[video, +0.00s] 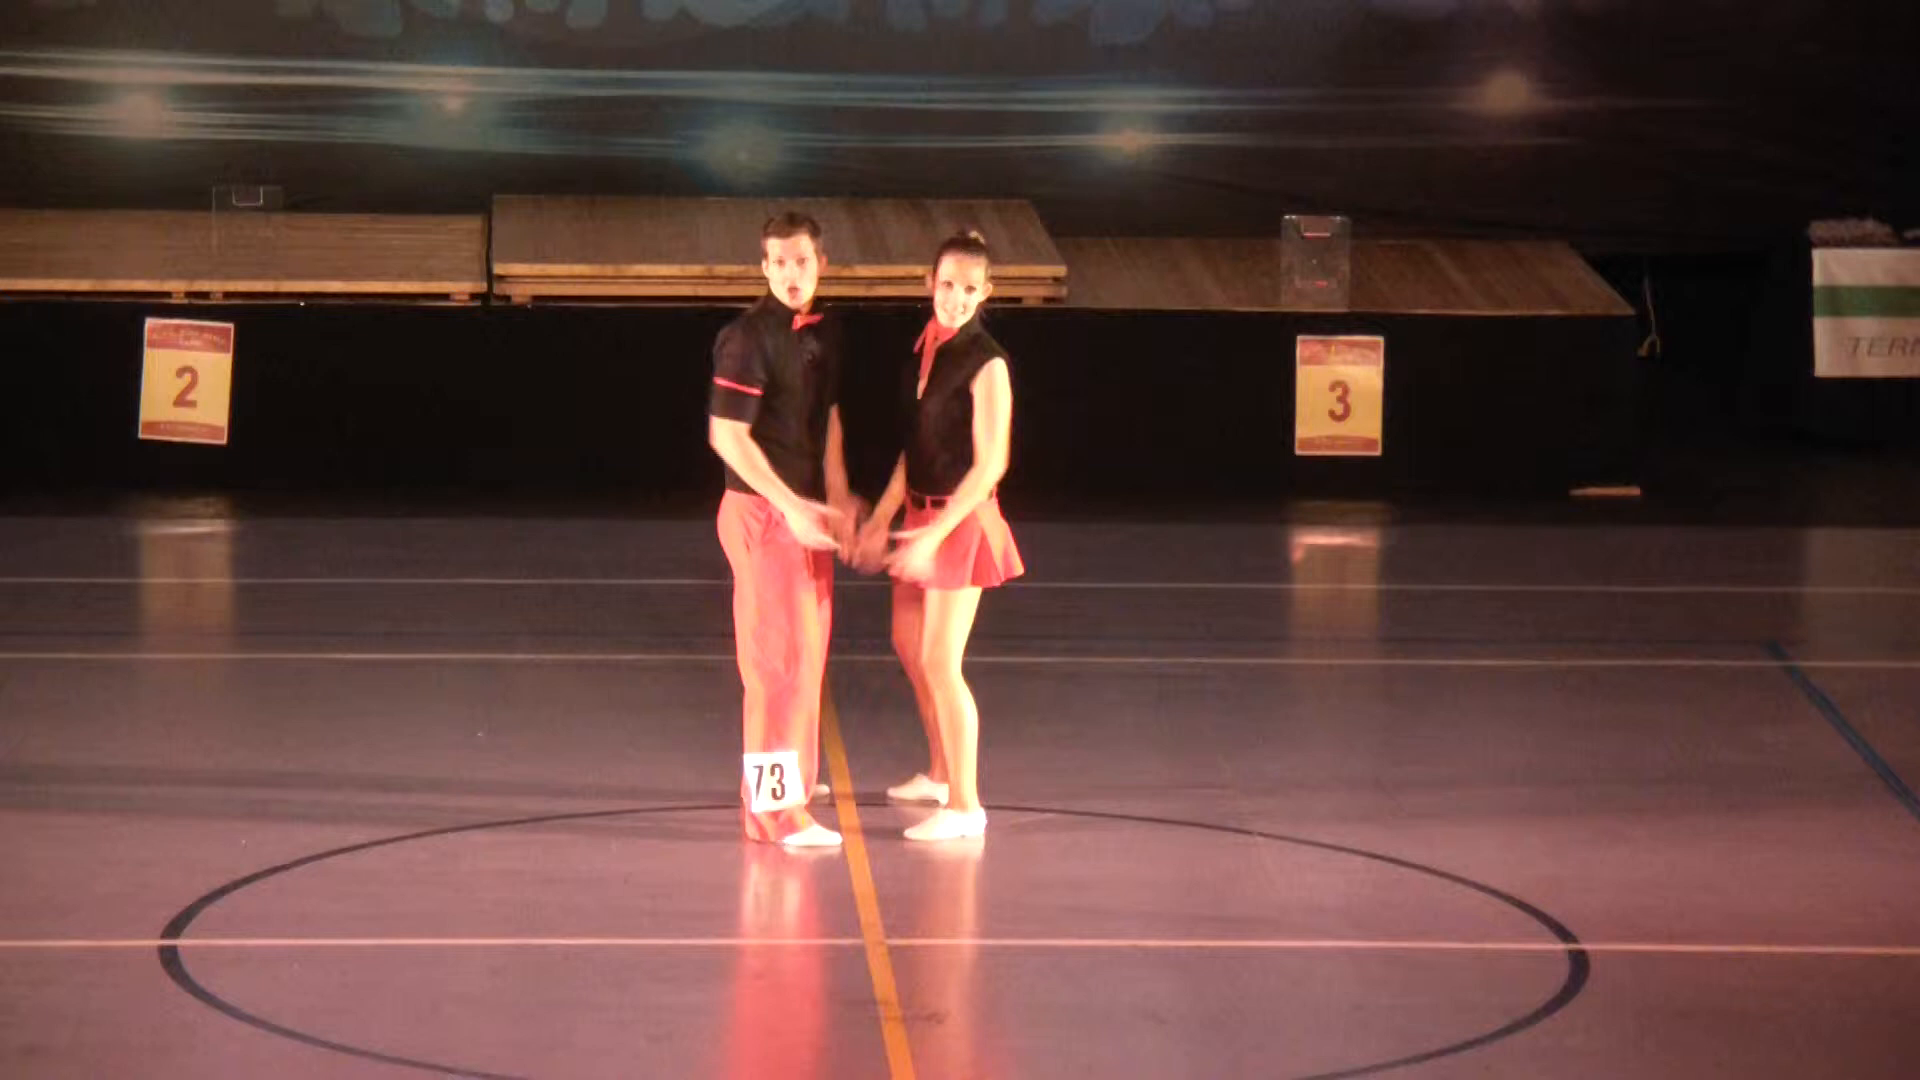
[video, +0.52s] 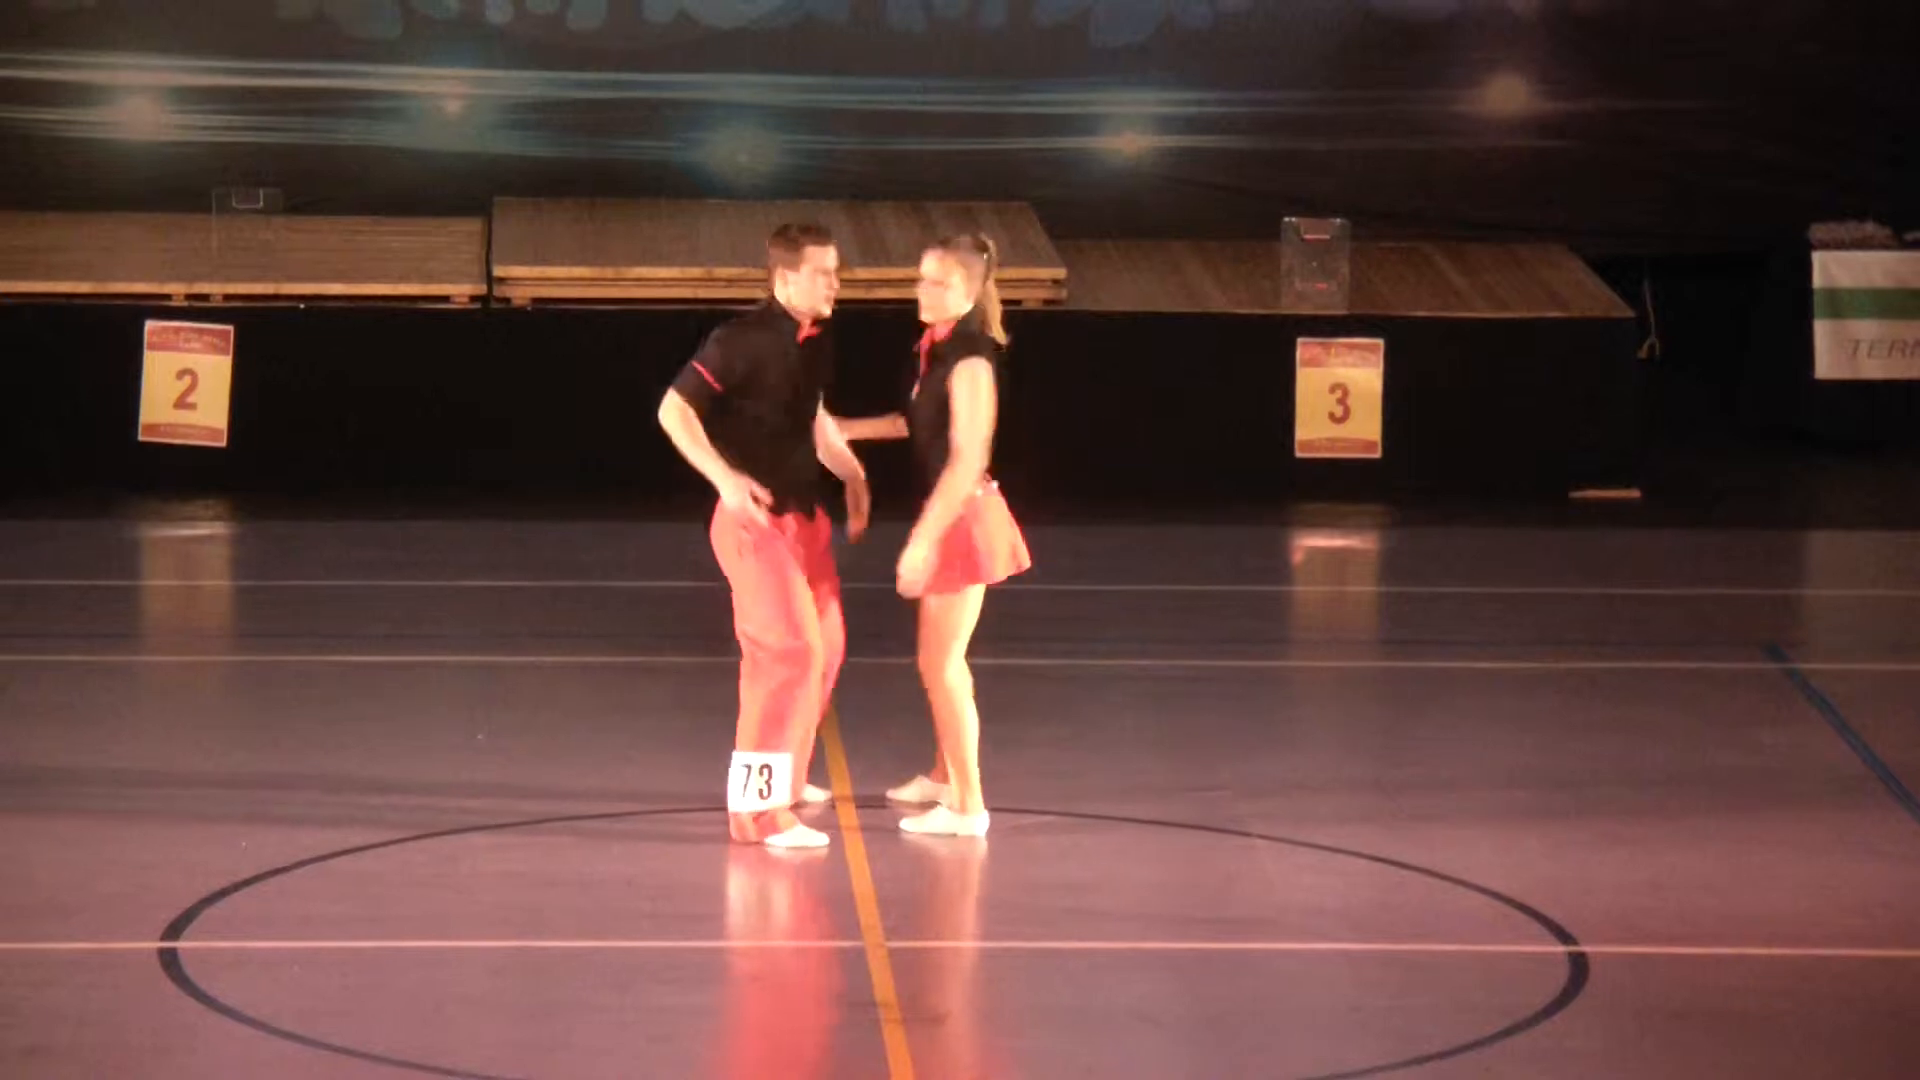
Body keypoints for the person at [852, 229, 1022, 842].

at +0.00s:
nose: (957, 298)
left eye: (970, 288)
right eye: (948, 283)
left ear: (985, 293)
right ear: (930, 282)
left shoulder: (987, 363)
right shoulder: (930, 345)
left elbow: (991, 463)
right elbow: (918, 441)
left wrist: (932, 536)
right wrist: (882, 516)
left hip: (965, 523)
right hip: (923, 517)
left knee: (941, 660)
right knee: (910, 646)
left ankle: (966, 808)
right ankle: (946, 774)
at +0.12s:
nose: (960, 295)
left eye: (973, 286)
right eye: (952, 281)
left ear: (988, 291)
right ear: (934, 280)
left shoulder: (997, 349)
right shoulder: (928, 342)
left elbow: (1029, 431)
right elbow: (924, 429)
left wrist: (1001, 491)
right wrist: (880, 473)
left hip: (965, 514)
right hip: (920, 512)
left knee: (949, 660)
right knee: (917, 646)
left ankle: (967, 807)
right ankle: (946, 776)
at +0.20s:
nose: (961, 297)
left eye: (974, 287)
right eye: (953, 282)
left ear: (989, 288)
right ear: (935, 278)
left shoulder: (998, 334)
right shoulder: (923, 333)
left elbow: (1043, 397)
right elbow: (913, 395)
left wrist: (1064, 429)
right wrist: (854, 414)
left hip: (965, 512)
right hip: (919, 510)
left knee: (953, 660)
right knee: (925, 648)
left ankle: (969, 807)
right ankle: (945, 776)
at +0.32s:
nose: (961, 295)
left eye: (975, 285)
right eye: (953, 281)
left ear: (990, 288)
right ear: (936, 278)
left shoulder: (997, 338)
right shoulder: (926, 345)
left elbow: (1035, 394)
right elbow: (851, 394)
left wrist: (1050, 415)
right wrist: (862, 371)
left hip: (966, 516)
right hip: (923, 514)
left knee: (954, 663)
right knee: (925, 650)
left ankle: (970, 807)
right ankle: (946, 777)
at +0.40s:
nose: (958, 295)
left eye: (971, 285)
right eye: (950, 280)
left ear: (987, 290)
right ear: (932, 279)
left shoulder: (998, 345)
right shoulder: (921, 338)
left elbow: (1036, 422)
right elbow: (914, 401)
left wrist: (1027, 456)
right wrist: (855, 403)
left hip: (968, 516)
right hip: (928, 514)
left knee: (951, 663)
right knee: (921, 649)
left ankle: (968, 807)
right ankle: (945, 777)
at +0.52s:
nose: (924, 291)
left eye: (937, 282)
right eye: (923, 280)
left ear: (970, 289)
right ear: (926, 284)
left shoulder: (970, 360)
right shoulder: (939, 348)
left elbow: (970, 461)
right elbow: (919, 421)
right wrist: (842, 430)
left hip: (967, 515)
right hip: (947, 510)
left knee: (942, 662)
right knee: (938, 657)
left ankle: (967, 805)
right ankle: (946, 776)